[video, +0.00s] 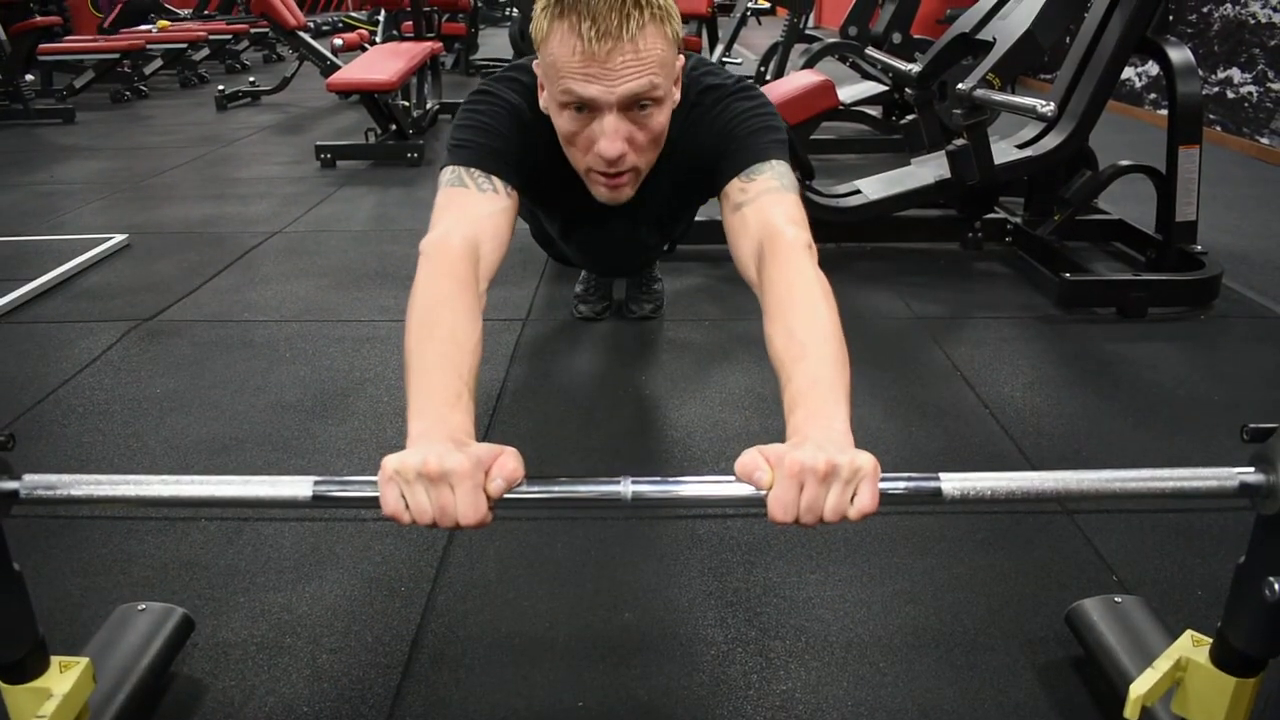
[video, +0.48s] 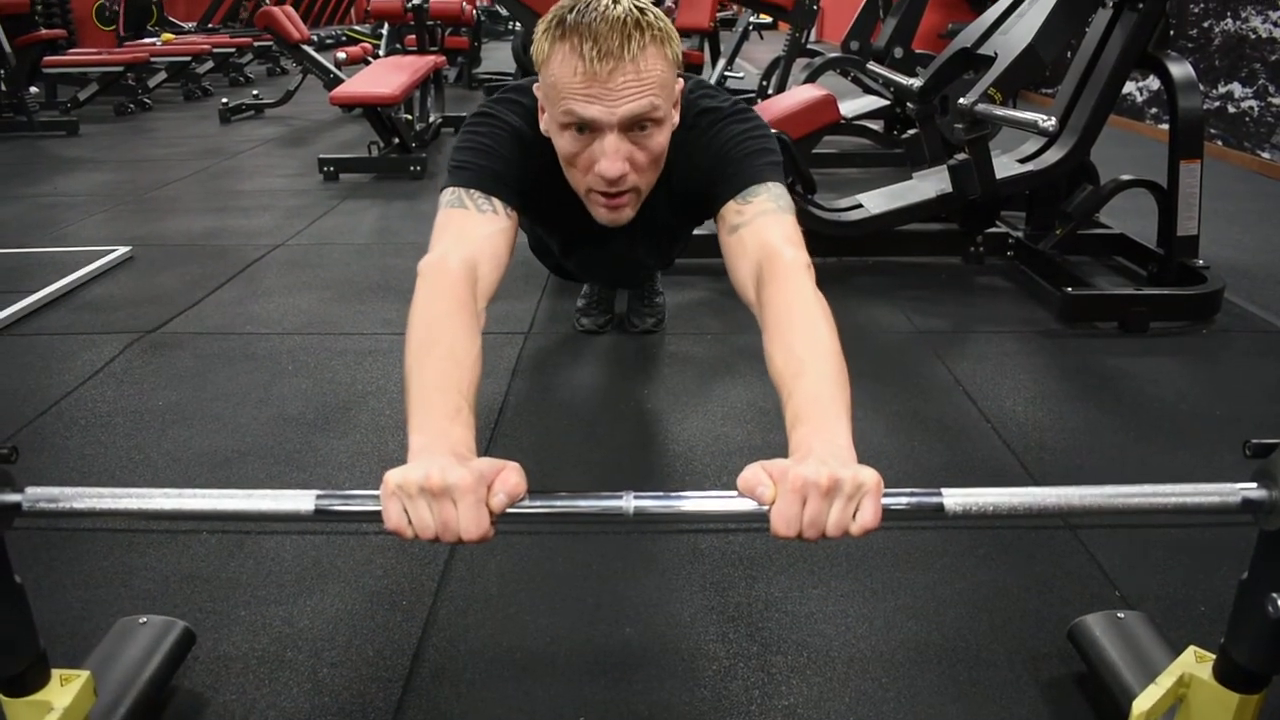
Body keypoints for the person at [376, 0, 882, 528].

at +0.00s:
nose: (611, 144)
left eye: (640, 106)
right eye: (580, 108)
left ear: (679, 73)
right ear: (541, 83)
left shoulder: (729, 109)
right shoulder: (502, 108)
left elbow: (782, 253)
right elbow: (452, 258)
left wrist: (821, 438)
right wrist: (438, 439)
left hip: (655, 223)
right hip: (566, 230)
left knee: (643, 249)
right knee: (585, 254)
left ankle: (641, 275)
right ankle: (595, 274)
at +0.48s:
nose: (612, 163)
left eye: (641, 126)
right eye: (581, 128)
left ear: (677, 101)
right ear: (543, 110)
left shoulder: (725, 128)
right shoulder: (504, 127)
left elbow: (779, 273)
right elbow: (452, 274)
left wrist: (824, 453)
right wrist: (439, 453)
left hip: (658, 235)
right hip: (565, 244)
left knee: (644, 261)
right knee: (582, 269)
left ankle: (642, 287)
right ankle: (597, 286)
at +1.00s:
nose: (628, 300)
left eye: (654, 266)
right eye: (601, 267)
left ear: (688, 216)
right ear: (561, 220)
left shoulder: (733, 207)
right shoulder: (519, 203)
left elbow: (812, 361)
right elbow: (452, 358)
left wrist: (827, 476)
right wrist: (443, 477)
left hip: (686, 276)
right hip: (571, 279)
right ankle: (597, 325)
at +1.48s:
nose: (629, 521)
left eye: (653, 504)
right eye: (601, 506)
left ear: (687, 427)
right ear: (556, 447)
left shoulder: (739, 383)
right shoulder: (509, 385)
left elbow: (854, 615)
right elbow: (420, 615)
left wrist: (824, 567)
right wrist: (442, 555)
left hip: (678, 238)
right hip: (559, 239)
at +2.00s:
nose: (628, 716)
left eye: (656, 687)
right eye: (599, 689)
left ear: (693, 599)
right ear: (554, 614)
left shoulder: (750, 528)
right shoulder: (511, 527)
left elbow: (856, 711)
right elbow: (401, 710)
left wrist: (833, 606)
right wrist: (432, 594)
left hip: (682, 340)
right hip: (559, 338)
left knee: (655, 299)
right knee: (587, 299)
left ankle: (641, 278)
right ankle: (597, 279)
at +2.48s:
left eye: (665, 715)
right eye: (583, 715)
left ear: (696, 672)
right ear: (544, 687)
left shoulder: (746, 601)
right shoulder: (501, 595)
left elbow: (846, 711)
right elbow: (415, 710)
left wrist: (834, 615)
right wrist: (430, 606)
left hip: (680, 412)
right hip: (553, 412)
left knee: (657, 349)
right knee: (583, 347)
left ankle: (638, 306)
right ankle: (605, 304)